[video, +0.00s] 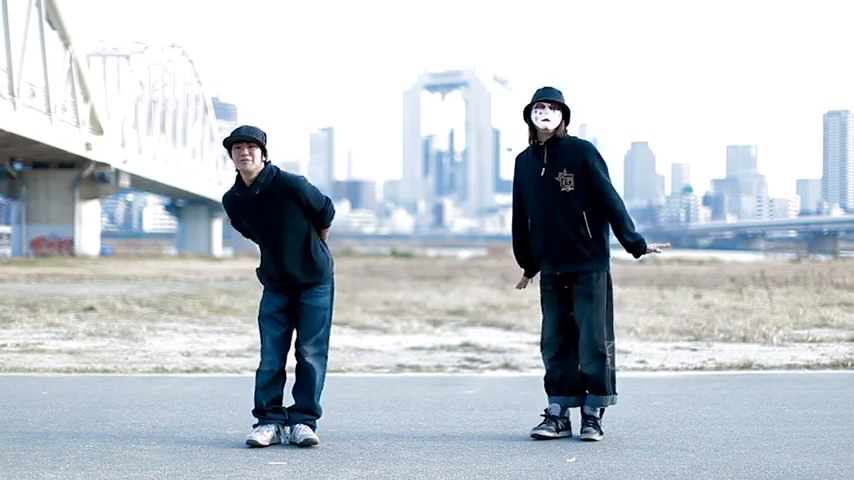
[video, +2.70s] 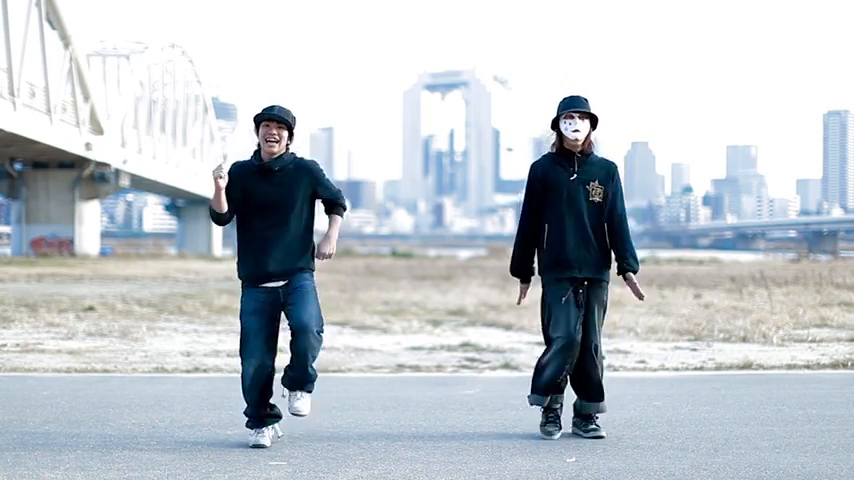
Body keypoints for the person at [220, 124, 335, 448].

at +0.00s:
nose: (244, 154)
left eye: (250, 148)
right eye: (238, 149)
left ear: (263, 153)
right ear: (231, 156)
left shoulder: (292, 184)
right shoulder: (232, 200)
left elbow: (325, 213)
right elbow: (253, 233)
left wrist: (315, 245)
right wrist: (287, 245)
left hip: (314, 279)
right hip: (275, 281)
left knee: (309, 353)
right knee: (270, 355)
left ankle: (302, 422)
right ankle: (269, 422)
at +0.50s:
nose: (302, 147)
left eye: (308, 143)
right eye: (296, 141)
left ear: (316, 151)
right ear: (285, 145)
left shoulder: (325, 195)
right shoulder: (259, 185)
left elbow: (329, 240)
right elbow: (237, 228)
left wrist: (303, 261)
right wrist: (258, 255)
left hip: (305, 288)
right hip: (263, 287)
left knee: (309, 360)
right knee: (263, 359)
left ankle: (301, 425)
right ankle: (265, 425)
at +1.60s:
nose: (242, 144)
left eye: (248, 137)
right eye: (236, 139)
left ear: (262, 141)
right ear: (230, 146)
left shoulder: (293, 175)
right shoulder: (236, 190)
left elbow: (326, 209)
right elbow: (254, 227)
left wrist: (315, 242)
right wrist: (284, 240)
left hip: (312, 277)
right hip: (272, 279)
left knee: (307, 353)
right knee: (267, 352)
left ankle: (303, 424)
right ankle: (267, 423)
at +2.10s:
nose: (281, 142)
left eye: (288, 137)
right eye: (275, 135)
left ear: (298, 141)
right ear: (266, 138)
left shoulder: (316, 177)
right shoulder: (249, 184)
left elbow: (338, 206)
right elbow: (236, 230)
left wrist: (334, 239)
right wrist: (243, 270)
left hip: (304, 286)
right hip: (262, 286)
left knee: (309, 359)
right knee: (259, 358)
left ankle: (302, 424)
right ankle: (254, 424)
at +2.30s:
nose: (287, 134)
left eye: (293, 129)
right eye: (281, 129)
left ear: (303, 134)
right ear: (272, 134)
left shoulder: (320, 171)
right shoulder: (255, 170)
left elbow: (336, 210)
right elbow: (236, 212)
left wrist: (327, 219)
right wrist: (232, 252)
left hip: (305, 280)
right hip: (263, 277)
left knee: (309, 355)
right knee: (253, 333)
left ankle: (302, 424)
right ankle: (266, 388)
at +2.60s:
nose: (271, 141)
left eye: (278, 136)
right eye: (266, 134)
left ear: (290, 141)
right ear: (258, 138)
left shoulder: (307, 178)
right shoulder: (246, 181)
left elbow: (332, 216)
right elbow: (233, 230)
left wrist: (324, 258)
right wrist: (232, 190)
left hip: (298, 285)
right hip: (257, 287)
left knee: (301, 358)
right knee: (256, 360)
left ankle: (302, 424)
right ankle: (260, 425)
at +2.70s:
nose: (271, 134)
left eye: (278, 130)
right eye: (266, 128)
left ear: (289, 136)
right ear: (257, 133)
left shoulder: (306, 170)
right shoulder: (240, 172)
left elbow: (336, 201)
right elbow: (221, 219)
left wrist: (330, 236)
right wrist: (219, 188)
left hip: (298, 275)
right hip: (256, 280)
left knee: (308, 330)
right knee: (255, 355)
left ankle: (298, 385)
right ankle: (261, 423)